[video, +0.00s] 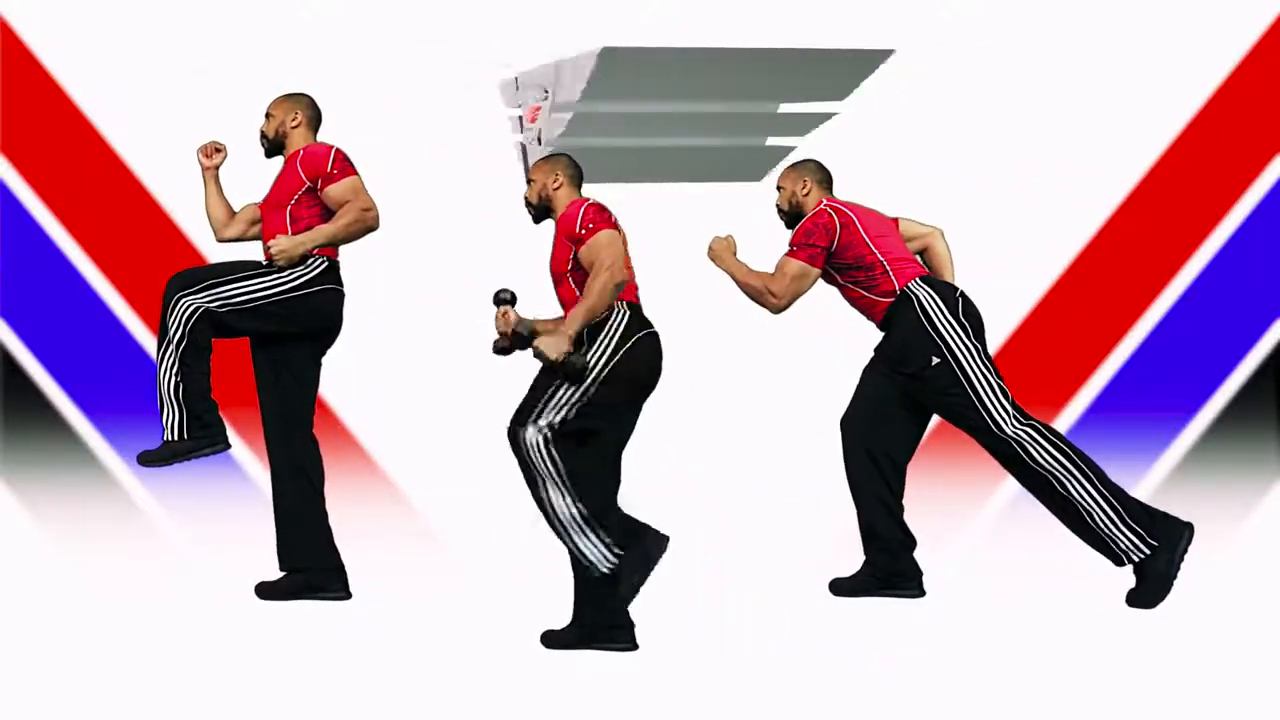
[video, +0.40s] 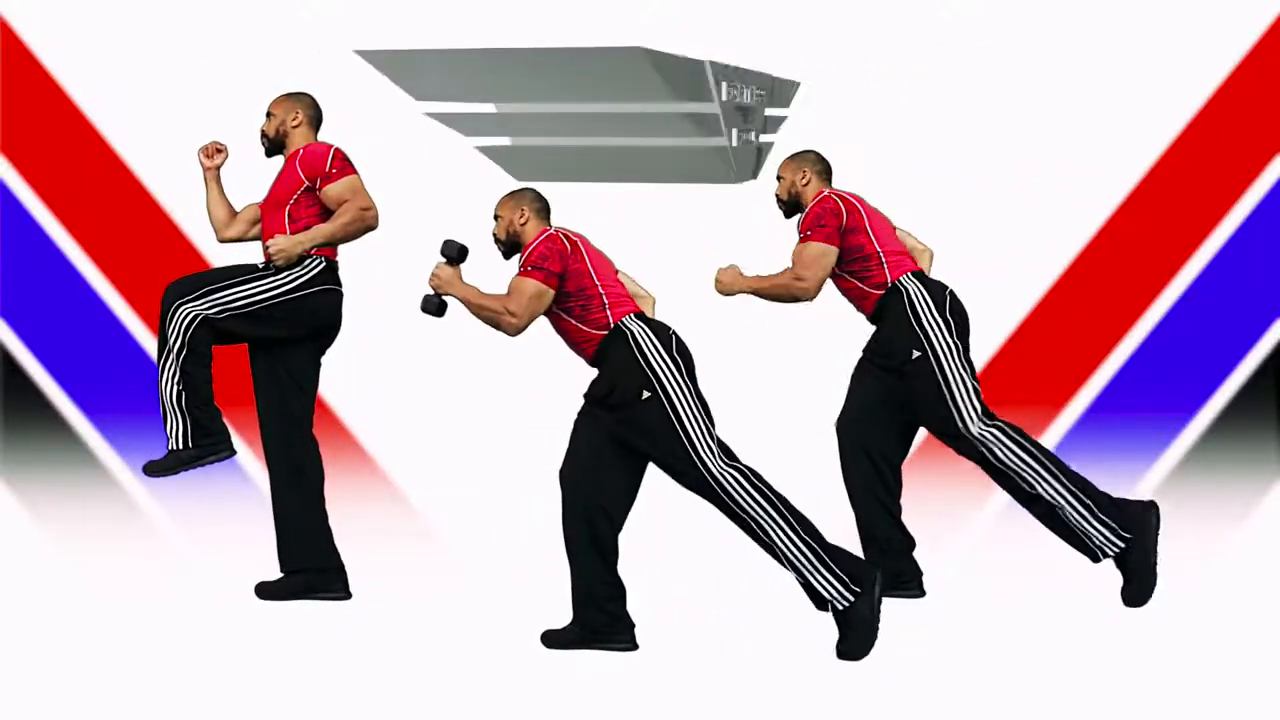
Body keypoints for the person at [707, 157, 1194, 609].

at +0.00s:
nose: (776, 198)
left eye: (782, 188)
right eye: (776, 191)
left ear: (811, 188)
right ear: (815, 192)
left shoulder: (822, 220)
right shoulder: (858, 219)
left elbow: (776, 295)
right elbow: (928, 237)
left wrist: (728, 264)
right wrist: (952, 307)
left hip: (927, 315)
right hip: (912, 326)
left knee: (1010, 434)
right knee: (866, 436)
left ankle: (1151, 540)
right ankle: (890, 567)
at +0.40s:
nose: (776, 188)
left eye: (783, 178)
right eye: (776, 181)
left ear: (808, 177)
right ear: (815, 184)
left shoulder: (827, 207)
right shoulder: (852, 211)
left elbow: (803, 282)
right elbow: (919, 254)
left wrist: (742, 284)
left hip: (917, 306)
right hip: (897, 323)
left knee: (969, 427)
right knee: (861, 434)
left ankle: (1121, 529)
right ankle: (893, 567)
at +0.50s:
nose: (780, 178)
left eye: (784, 167)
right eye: (779, 171)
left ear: (807, 164)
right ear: (813, 165)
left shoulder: (835, 193)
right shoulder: (838, 205)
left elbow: (846, 262)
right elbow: (883, 278)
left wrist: (786, 301)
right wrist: (849, 315)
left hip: (910, 297)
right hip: (887, 317)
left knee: (915, 432)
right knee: (863, 433)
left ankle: (1051, 514)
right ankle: (892, 564)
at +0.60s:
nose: (786, 166)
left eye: (790, 156)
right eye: (786, 158)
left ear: (814, 153)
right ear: (815, 156)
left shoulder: (845, 180)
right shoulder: (835, 206)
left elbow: (891, 231)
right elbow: (855, 286)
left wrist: (854, 297)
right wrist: (799, 287)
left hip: (906, 288)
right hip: (893, 301)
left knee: (842, 397)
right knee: (875, 433)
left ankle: (944, 501)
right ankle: (893, 564)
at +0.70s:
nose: (792, 156)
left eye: (797, 146)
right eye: (792, 149)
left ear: (821, 144)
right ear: (823, 148)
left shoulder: (850, 168)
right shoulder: (843, 200)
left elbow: (917, 201)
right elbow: (816, 269)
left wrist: (917, 268)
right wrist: (766, 241)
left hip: (897, 282)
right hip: (912, 295)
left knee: (797, 341)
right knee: (884, 435)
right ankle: (895, 566)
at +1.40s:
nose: (797, 154)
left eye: (802, 144)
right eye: (797, 147)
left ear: (827, 142)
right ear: (827, 145)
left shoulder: (857, 165)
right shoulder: (845, 198)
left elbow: (912, 209)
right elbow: (824, 274)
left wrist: (886, 279)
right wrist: (768, 251)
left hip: (897, 288)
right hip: (901, 305)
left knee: (788, 327)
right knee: (877, 442)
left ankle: (822, 454)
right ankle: (893, 570)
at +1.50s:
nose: (792, 161)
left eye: (797, 151)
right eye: (792, 154)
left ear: (821, 147)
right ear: (824, 149)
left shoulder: (850, 172)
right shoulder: (836, 205)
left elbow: (880, 234)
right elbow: (855, 290)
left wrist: (822, 288)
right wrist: (798, 295)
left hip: (903, 283)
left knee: (817, 373)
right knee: (882, 435)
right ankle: (891, 572)